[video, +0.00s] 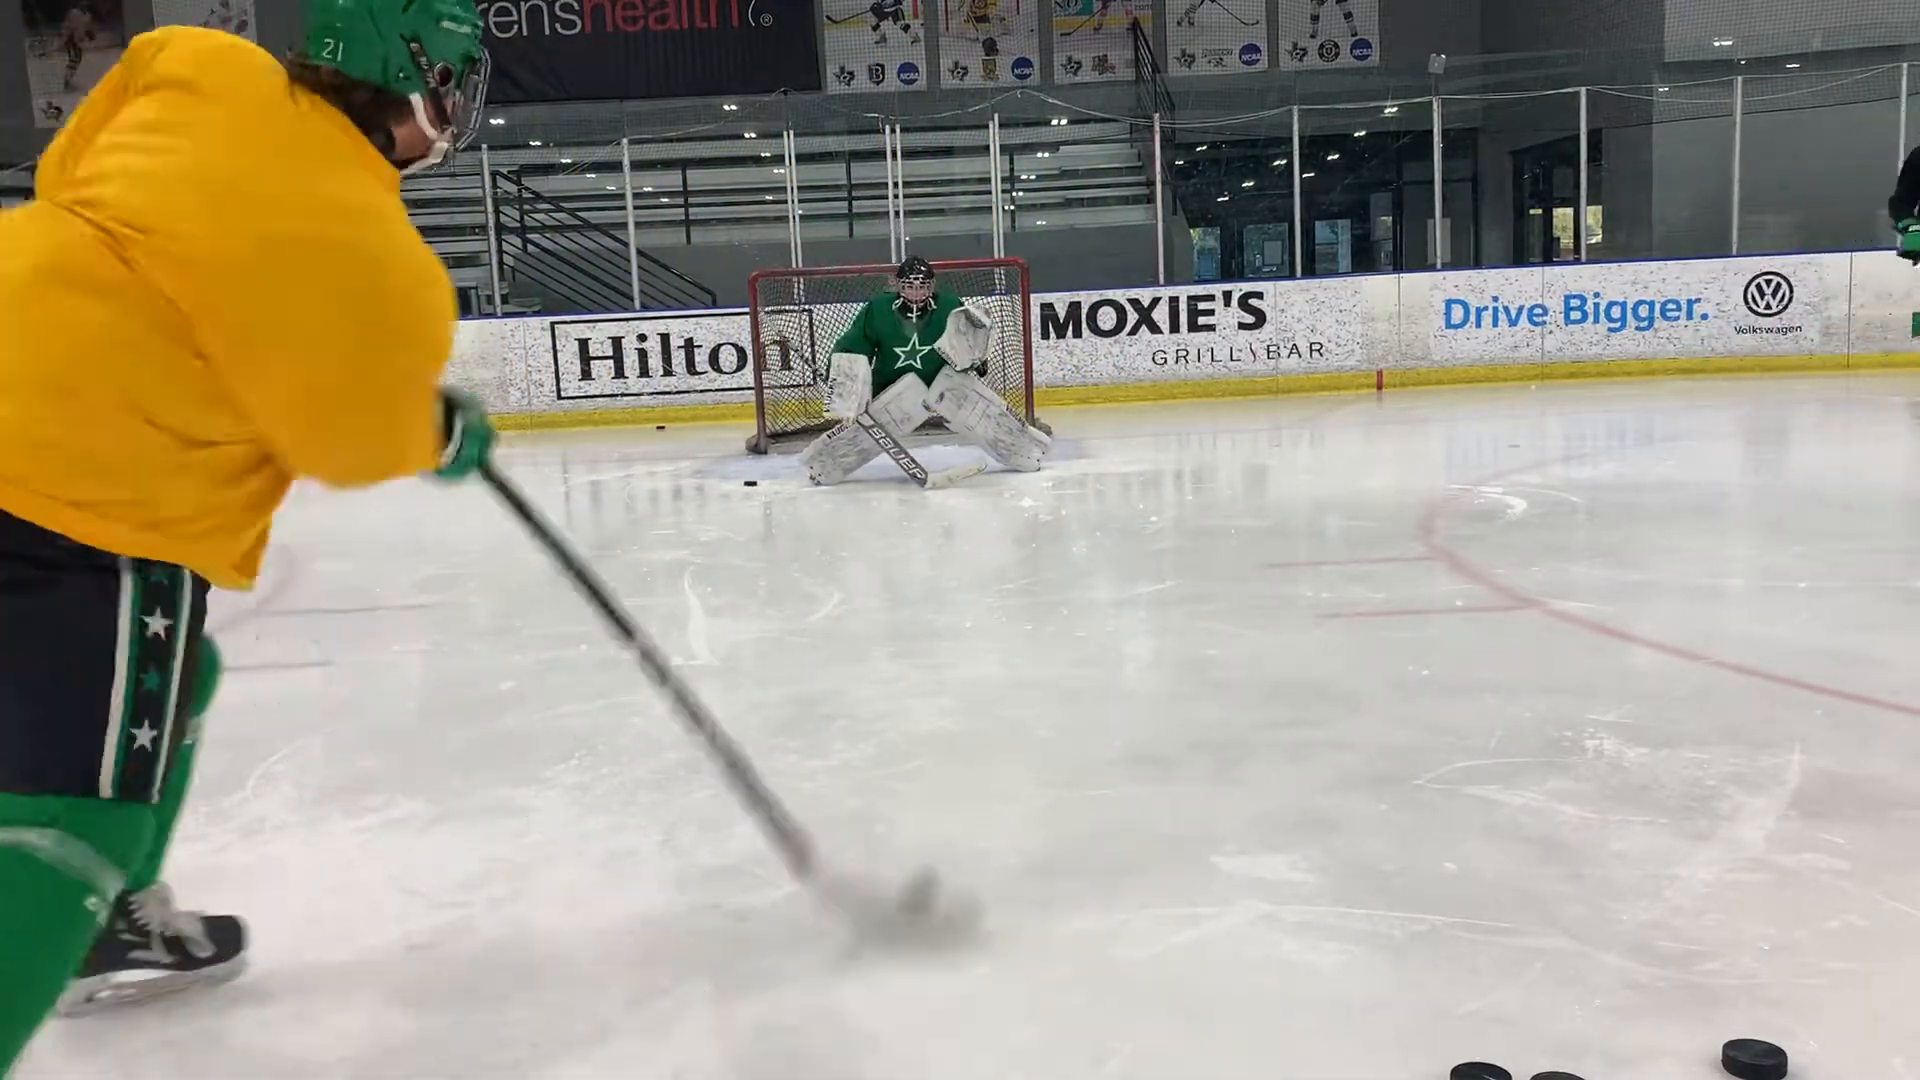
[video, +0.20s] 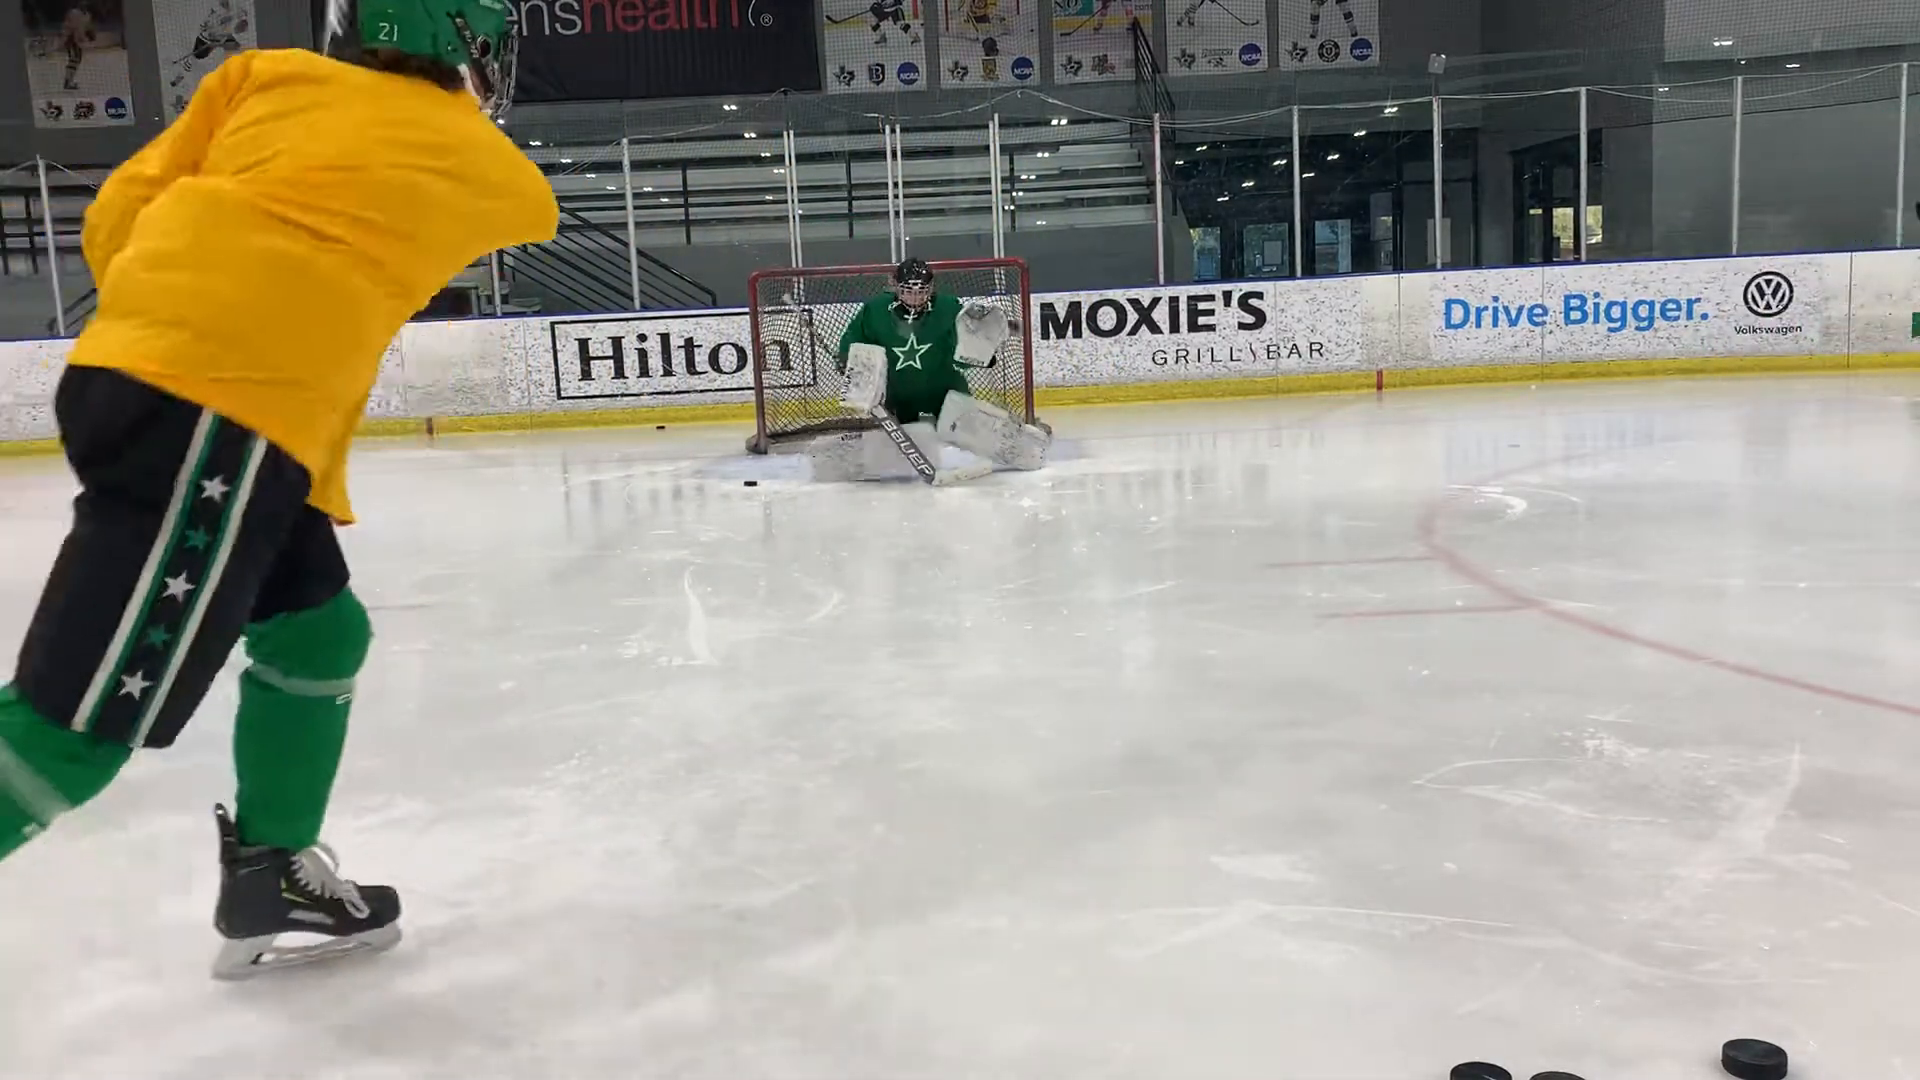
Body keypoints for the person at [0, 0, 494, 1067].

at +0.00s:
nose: (452, 134)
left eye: (461, 107)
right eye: (451, 103)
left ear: (330, 56)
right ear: (405, 92)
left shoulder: (190, 82)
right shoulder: (358, 239)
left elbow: (64, 171)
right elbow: (356, 440)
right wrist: (444, 430)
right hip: (83, 482)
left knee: (164, 676)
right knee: (65, 836)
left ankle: (98, 907)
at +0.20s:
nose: (502, 85)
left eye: (501, 65)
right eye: (496, 63)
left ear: (368, 40)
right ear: (468, 58)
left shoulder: (264, 74)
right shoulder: (471, 151)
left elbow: (116, 208)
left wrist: (164, 332)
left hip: (111, 374)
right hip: (234, 411)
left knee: (314, 636)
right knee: (56, 741)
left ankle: (273, 873)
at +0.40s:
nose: (515, 52)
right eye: (511, 39)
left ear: (391, 18)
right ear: (494, 34)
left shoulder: (294, 54)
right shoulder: (538, 120)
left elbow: (187, 222)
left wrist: (238, 330)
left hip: (213, 349)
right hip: (339, 369)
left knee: (401, 598)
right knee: (229, 692)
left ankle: (388, 842)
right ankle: (11, 919)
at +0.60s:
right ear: (520, 6)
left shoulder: (335, 40)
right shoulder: (565, 65)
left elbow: (243, 226)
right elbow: (584, 275)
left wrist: (315, 317)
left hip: (307, 345)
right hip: (407, 351)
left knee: (495, 583)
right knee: (454, 659)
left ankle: (476, 811)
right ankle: (249, 891)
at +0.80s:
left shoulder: (402, 22)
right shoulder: (569, 30)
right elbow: (588, 238)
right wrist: (651, 381)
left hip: (392, 326)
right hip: (462, 331)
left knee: (504, 606)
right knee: (559, 619)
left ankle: (483, 826)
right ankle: (445, 897)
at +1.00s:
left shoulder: (563, 15)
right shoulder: (538, 10)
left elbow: (579, 201)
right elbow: (575, 201)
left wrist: (693, 348)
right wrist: (685, 355)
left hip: (520, 324)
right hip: (485, 327)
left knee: (577, 610)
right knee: (580, 620)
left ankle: (538, 827)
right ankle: (518, 896)